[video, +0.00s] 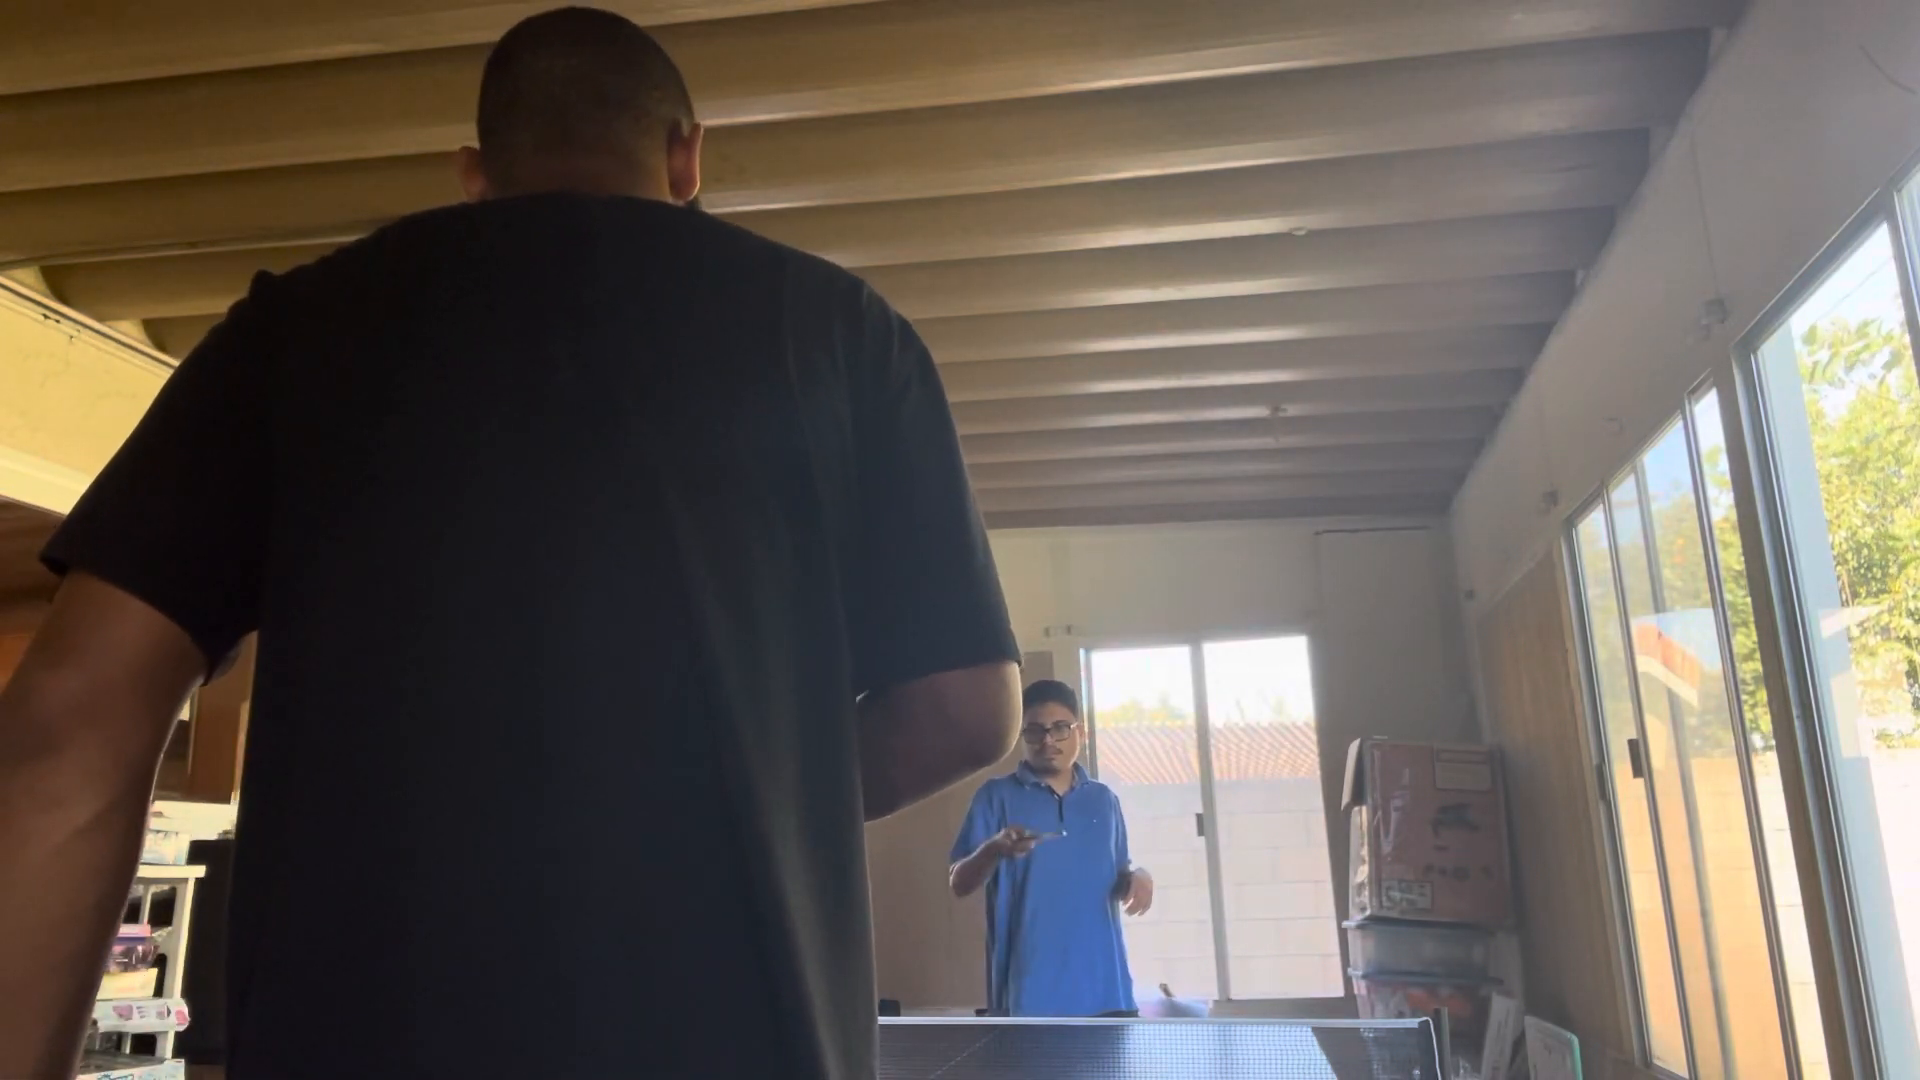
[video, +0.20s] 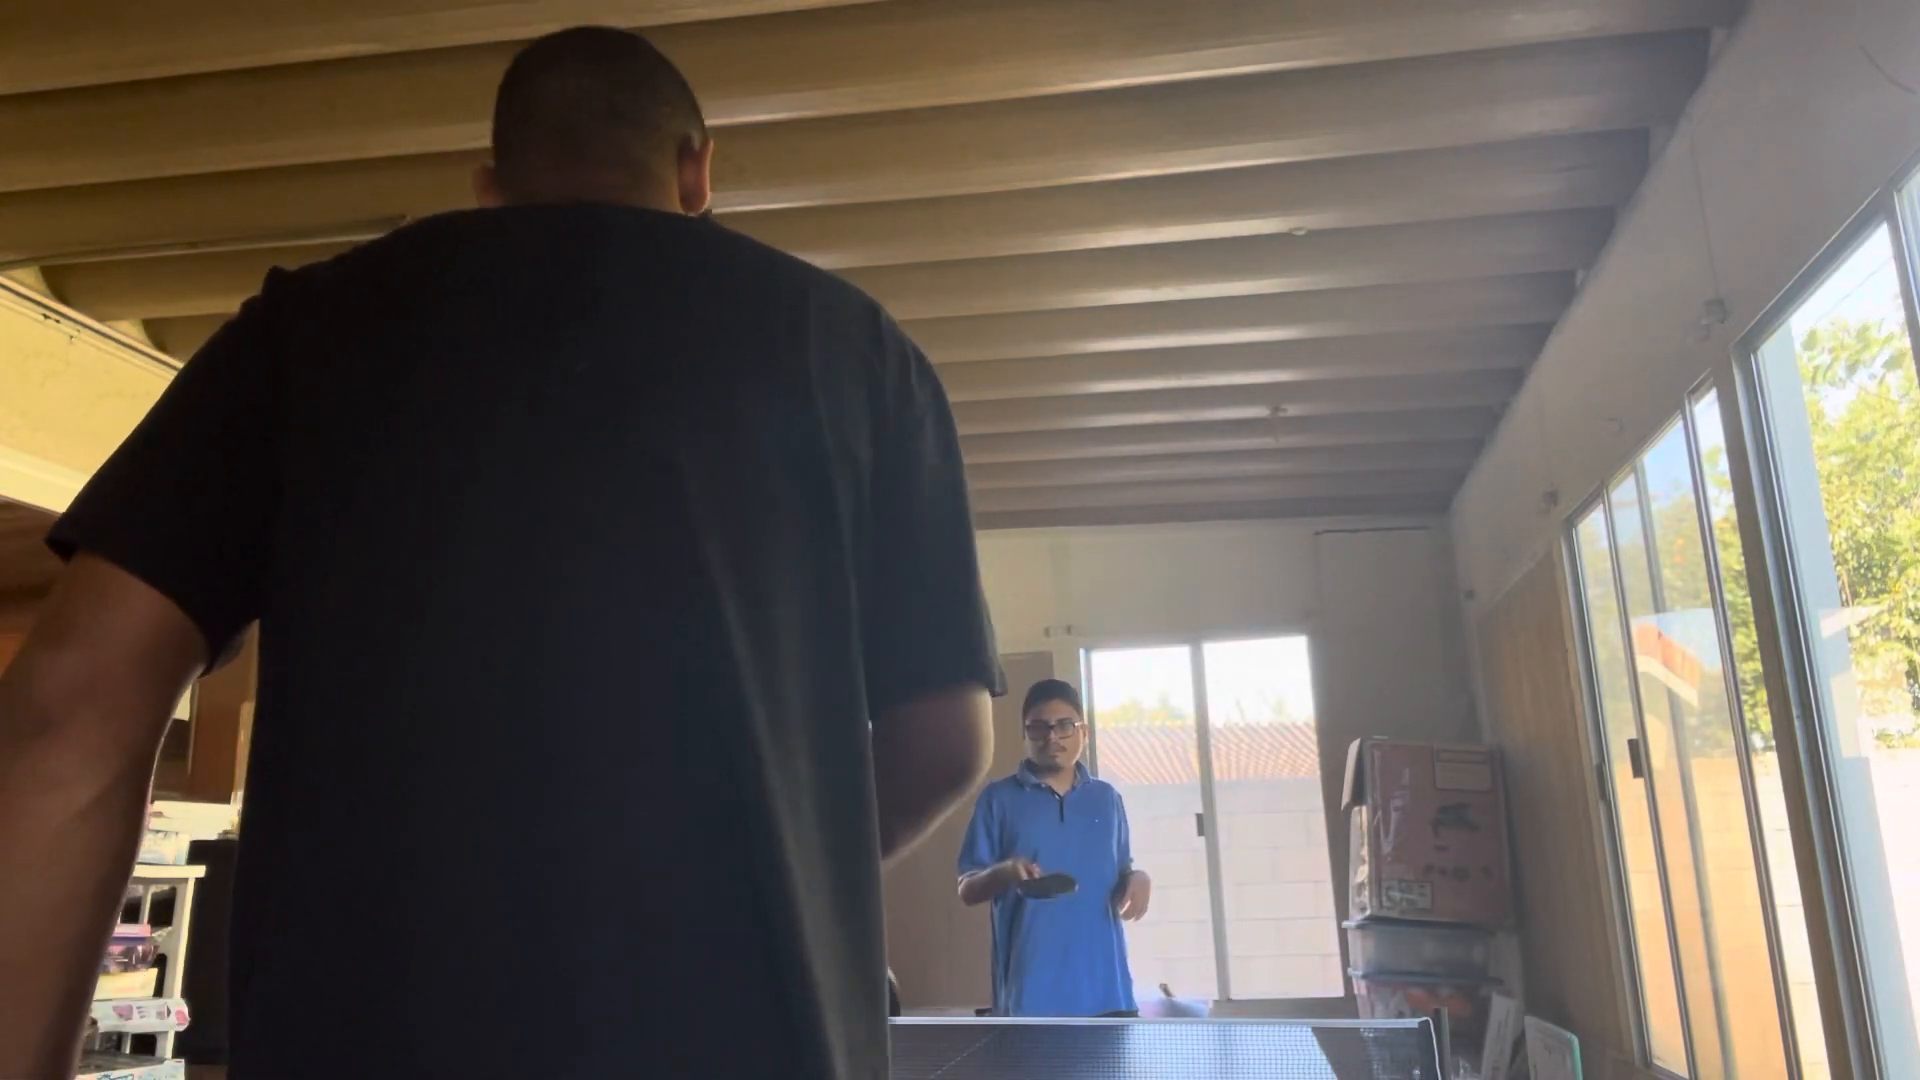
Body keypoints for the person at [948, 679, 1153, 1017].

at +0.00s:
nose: (1048, 741)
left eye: (1060, 728)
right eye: (1035, 731)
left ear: (1080, 733)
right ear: (1022, 737)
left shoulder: (1103, 800)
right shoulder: (996, 797)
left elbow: (1116, 883)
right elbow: (959, 884)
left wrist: (1139, 878)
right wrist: (994, 849)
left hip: (1104, 992)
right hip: (1029, 996)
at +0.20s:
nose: (1052, 737)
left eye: (1063, 725)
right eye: (1039, 727)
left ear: (1083, 733)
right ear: (1025, 735)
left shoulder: (1106, 798)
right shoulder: (998, 799)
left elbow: (1119, 883)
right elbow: (967, 890)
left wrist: (1139, 879)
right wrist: (1005, 873)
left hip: (1105, 991)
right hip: (1031, 996)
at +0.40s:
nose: (1054, 736)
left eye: (1066, 724)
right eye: (1041, 726)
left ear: (1084, 733)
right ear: (1027, 733)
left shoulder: (1110, 798)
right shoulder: (999, 799)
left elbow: (1129, 869)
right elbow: (974, 890)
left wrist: (1140, 877)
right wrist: (1004, 876)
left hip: (1106, 989)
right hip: (1033, 994)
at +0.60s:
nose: (1055, 735)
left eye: (1067, 724)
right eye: (1042, 725)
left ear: (1086, 734)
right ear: (1026, 735)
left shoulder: (1111, 798)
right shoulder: (1006, 801)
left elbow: (1129, 869)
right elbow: (974, 893)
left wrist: (1139, 876)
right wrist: (1000, 875)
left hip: (1105, 988)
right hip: (1033, 992)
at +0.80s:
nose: (1057, 735)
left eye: (1069, 724)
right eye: (1045, 725)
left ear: (1087, 735)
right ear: (1028, 735)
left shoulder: (1111, 799)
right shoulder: (1000, 799)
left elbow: (1129, 869)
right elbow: (974, 891)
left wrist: (1139, 879)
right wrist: (1001, 877)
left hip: (1106, 990)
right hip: (1032, 993)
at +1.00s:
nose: (1058, 733)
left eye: (1069, 723)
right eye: (1046, 724)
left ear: (1088, 734)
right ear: (1029, 735)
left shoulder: (1111, 798)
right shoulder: (999, 798)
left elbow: (1125, 868)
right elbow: (977, 873)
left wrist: (1137, 876)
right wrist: (1002, 875)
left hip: (1106, 991)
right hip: (1032, 996)